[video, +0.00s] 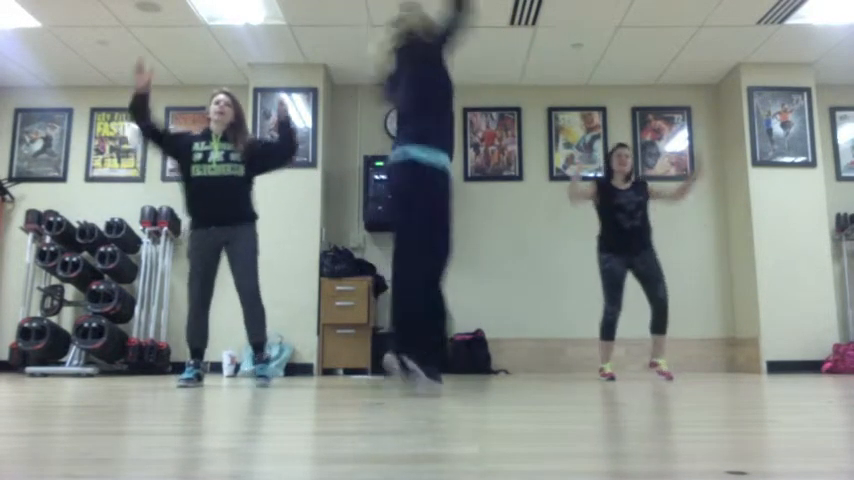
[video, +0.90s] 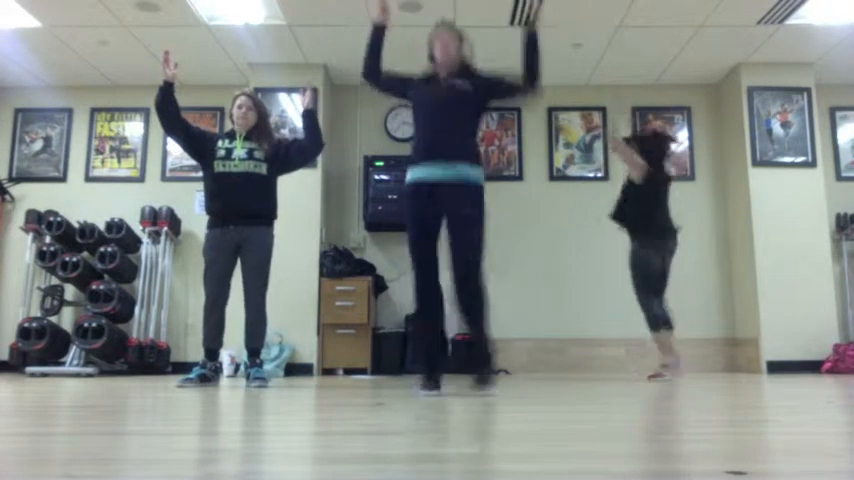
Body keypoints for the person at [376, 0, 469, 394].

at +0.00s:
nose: (431, 25)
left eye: (423, 22)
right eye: (426, 21)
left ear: (399, 32)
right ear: (424, 27)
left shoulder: (401, 64)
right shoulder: (425, 50)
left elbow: (389, 92)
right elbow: (457, 18)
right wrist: (457, 4)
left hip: (406, 167)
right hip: (427, 168)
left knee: (411, 257)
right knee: (429, 257)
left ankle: (403, 347)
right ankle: (419, 352)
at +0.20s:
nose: (439, 65)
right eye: (437, 59)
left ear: (402, 66)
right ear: (437, 64)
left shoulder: (391, 103)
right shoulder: (449, 95)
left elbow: (351, 114)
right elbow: (496, 58)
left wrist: (345, 82)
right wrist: (475, 18)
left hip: (398, 204)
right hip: (439, 203)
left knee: (405, 293)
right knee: (446, 293)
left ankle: (396, 375)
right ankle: (427, 374)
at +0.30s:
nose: (411, 52)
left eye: (411, 47)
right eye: (426, 46)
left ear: (409, 55)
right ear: (443, 55)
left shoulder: (396, 88)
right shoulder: (457, 90)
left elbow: (338, 78)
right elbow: (492, 62)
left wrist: (326, 32)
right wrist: (477, 20)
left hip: (405, 189)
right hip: (449, 193)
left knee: (400, 277)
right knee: (441, 280)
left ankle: (400, 364)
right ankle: (431, 363)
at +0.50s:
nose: (414, 48)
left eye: (418, 45)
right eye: (419, 43)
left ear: (424, 52)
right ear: (449, 58)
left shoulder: (422, 78)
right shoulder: (446, 83)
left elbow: (388, 50)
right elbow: (442, 57)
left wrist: (368, 5)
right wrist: (433, 28)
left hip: (426, 185)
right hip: (443, 183)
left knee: (419, 273)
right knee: (433, 271)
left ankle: (432, 367)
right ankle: (440, 361)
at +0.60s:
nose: (412, 77)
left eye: (416, 71)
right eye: (412, 71)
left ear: (427, 73)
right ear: (435, 73)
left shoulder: (436, 99)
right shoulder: (433, 101)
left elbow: (428, 61)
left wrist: (414, 28)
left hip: (435, 199)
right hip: (434, 199)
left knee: (418, 286)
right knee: (423, 286)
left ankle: (439, 377)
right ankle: (442, 374)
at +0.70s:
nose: (424, 66)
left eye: (431, 61)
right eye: (421, 61)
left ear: (445, 65)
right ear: (416, 67)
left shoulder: (456, 96)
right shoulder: (413, 105)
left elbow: (489, 66)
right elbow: (387, 88)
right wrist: (390, 50)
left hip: (445, 200)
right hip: (419, 203)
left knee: (430, 283)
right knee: (417, 283)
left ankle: (438, 373)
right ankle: (433, 370)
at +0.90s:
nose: (443, 46)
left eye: (450, 41)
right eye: (437, 42)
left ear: (462, 48)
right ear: (431, 51)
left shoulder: (478, 86)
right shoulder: (417, 87)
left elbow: (528, 84)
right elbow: (372, 74)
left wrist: (531, 32)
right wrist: (379, 26)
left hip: (464, 186)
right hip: (422, 187)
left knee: (467, 275)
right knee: (425, 278)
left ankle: (483, 363)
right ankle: (430, 368)